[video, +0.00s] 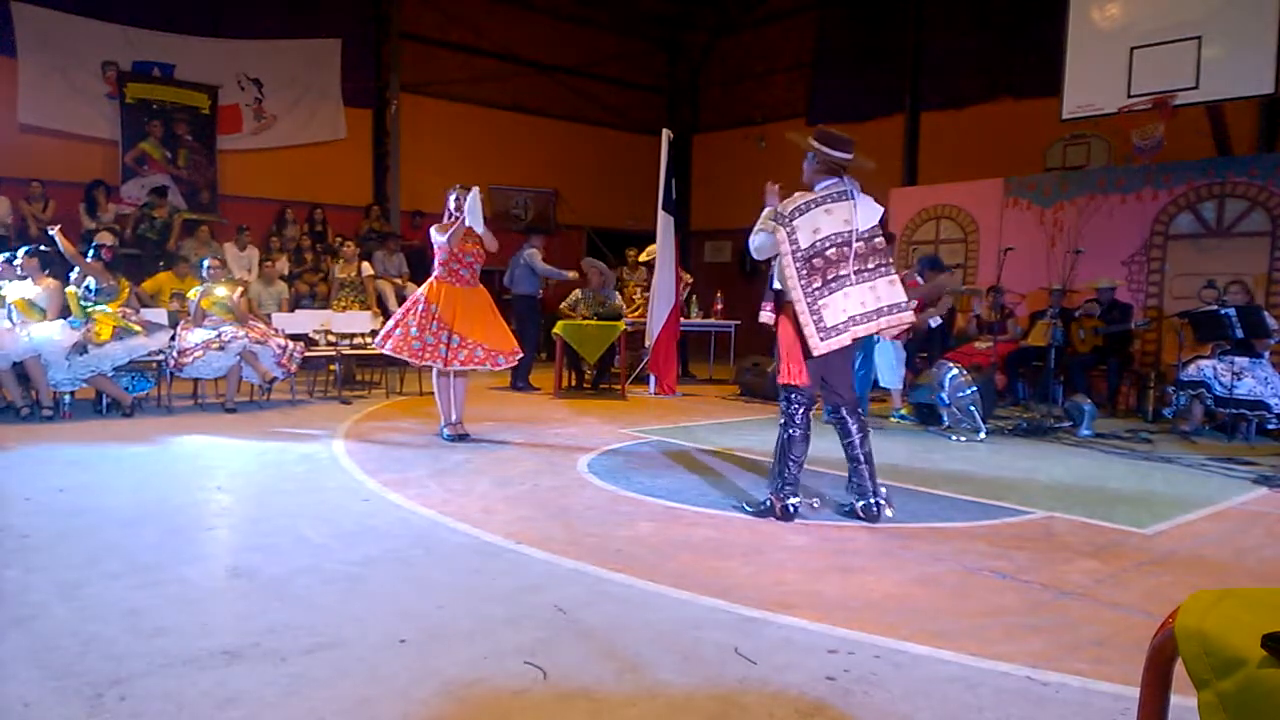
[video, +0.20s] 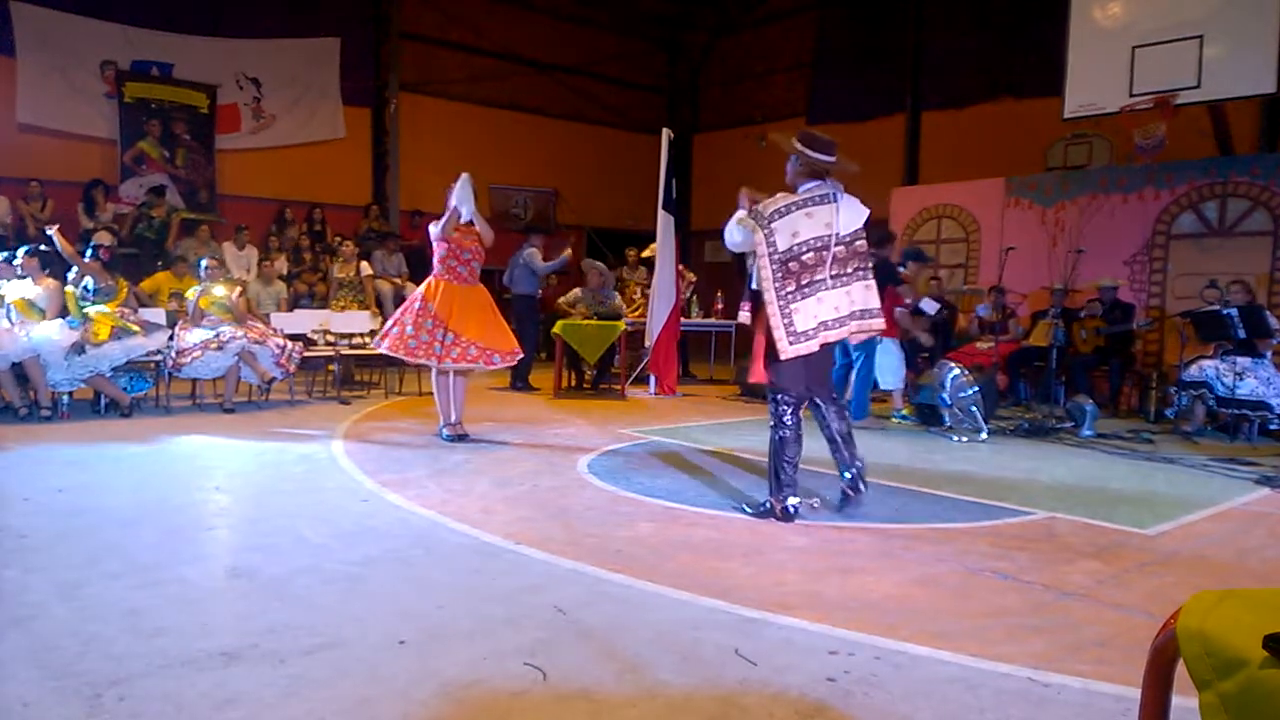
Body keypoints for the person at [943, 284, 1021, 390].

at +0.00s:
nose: (994, 299)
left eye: (997, 297)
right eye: (992, 296)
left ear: (1001, 298)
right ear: (987, 298)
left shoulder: (1008, 313)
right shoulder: (980, 314)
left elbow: (1013, 335)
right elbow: (972, 334)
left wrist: (993, 338)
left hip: (1003, 344)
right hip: (983, 343)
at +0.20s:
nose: (995, 300)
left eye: (998, 297)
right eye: (993, 296)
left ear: (1003, 298)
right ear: (988, 298)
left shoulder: (1009, 313)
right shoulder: (981, 313)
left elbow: (1014, 335)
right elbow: (974, 334)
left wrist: (994, 339)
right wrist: (973, 322)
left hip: (1004, 344)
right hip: (984, 344)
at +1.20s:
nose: (992, 300)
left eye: (996, 297)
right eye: (990, 296)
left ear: (1002, 299)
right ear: (987, 298)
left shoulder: (1008, 312)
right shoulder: (980, 312)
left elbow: (1012, 335)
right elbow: (973, 334)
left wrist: (993, 339)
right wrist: (971, 322)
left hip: (1003, 344)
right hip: (983, 343)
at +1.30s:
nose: (992, 300)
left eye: (996, 297)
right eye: (990, 296)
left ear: (1002, 299)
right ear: (986, 298)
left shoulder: (1008, 313)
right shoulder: (980, 312)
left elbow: (1013, 335)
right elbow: (973, 334)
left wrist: (993, 339)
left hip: (1004, 343)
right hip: (984, 343)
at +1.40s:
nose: (992, 300)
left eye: (995, 297)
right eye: (989, 296)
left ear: (1001, 300)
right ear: (985, 298)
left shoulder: (1007, 312)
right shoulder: (979, 313)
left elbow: (1012, 335)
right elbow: (973, 334)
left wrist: (993, 338)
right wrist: (973, 321)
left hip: (1002, 343)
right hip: (983, 343)